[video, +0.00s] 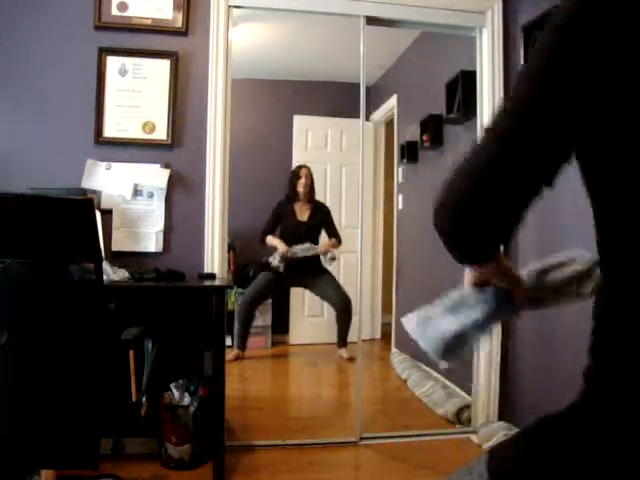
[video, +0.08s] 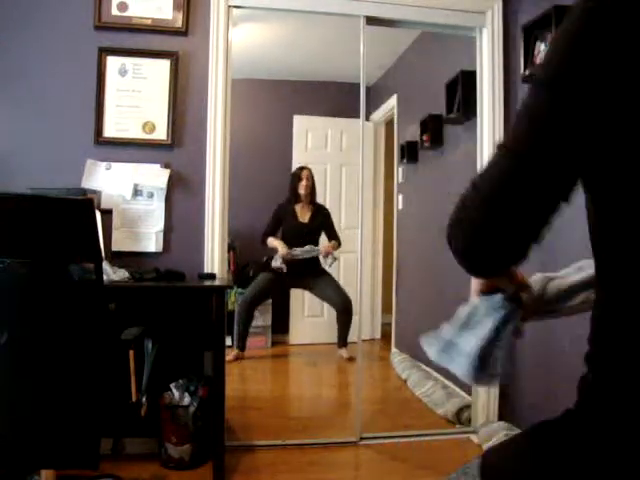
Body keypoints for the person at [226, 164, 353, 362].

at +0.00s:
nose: (304, 181)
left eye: (308, 178)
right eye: (300, 178)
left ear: (312, 182)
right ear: (293, 182)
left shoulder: (321, 210)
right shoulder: (283, 207)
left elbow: (336, 239)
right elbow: (265, 236)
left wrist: (327, 246)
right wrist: (279, 244)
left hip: (310, 269)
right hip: (282, 269)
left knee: (343, 302)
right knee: (246, 301)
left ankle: (342, 346)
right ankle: (238, 349)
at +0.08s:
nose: (305, 183)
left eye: (309, 180)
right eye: (301, 179)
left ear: (313, 184)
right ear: (294, 184)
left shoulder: (321, 212)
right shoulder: (284, 210)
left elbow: (335, 240)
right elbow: (266, 237)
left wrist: (329, 247)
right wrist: (279, 245)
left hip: (310, 270)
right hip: (281, 270)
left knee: (344, 303)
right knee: (246, 300)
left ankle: (342, 347)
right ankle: (238, 349)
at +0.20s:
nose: (305, 184)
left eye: (309, 181)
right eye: (301, 180)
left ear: (313, 185)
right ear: (294, 185)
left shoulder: (320, 213)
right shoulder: (284, 210)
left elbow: (334, 242)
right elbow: (265, 238)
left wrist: (329, 247)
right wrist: (278, 242)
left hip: (309, 272)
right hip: (280, 272)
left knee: (344, 303)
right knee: (245, 300)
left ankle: (342, 347)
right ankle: (238, 350)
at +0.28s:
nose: (304, 184)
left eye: (307, 181)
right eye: (300, 181)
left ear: (311, 185)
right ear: (293, 184)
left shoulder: (318, 213)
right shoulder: (282, 210)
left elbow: (330, 244)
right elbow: (263, 240)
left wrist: (338, 231)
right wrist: (263, 227)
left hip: (307, 271)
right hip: (279, 271)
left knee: (342, 302)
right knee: (245, 301)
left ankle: (342, 347)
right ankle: (239, 350)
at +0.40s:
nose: (302, 183)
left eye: (305, 180)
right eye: (298, 180)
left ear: (310, 184)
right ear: (291, 183)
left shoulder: (316, 211)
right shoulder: (278, 209)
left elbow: (331, 242)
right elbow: (261, 238)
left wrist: (338, 224)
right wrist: (258, 215)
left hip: (307, 272)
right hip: (277, 272)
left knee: (341, 302)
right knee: (244, 302)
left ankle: (341, 347)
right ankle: (239, 350)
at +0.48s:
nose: (301, 183)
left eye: (304, 179)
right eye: (297, 179)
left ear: (309, 183)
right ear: (289, 183)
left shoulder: (316, 209)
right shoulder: (277, 208)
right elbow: (258, 237)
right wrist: (261, 218)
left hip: (308, 271)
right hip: (276, 271)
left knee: (342, 302)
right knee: (242, 303)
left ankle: (342, 346)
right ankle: (238, 350)